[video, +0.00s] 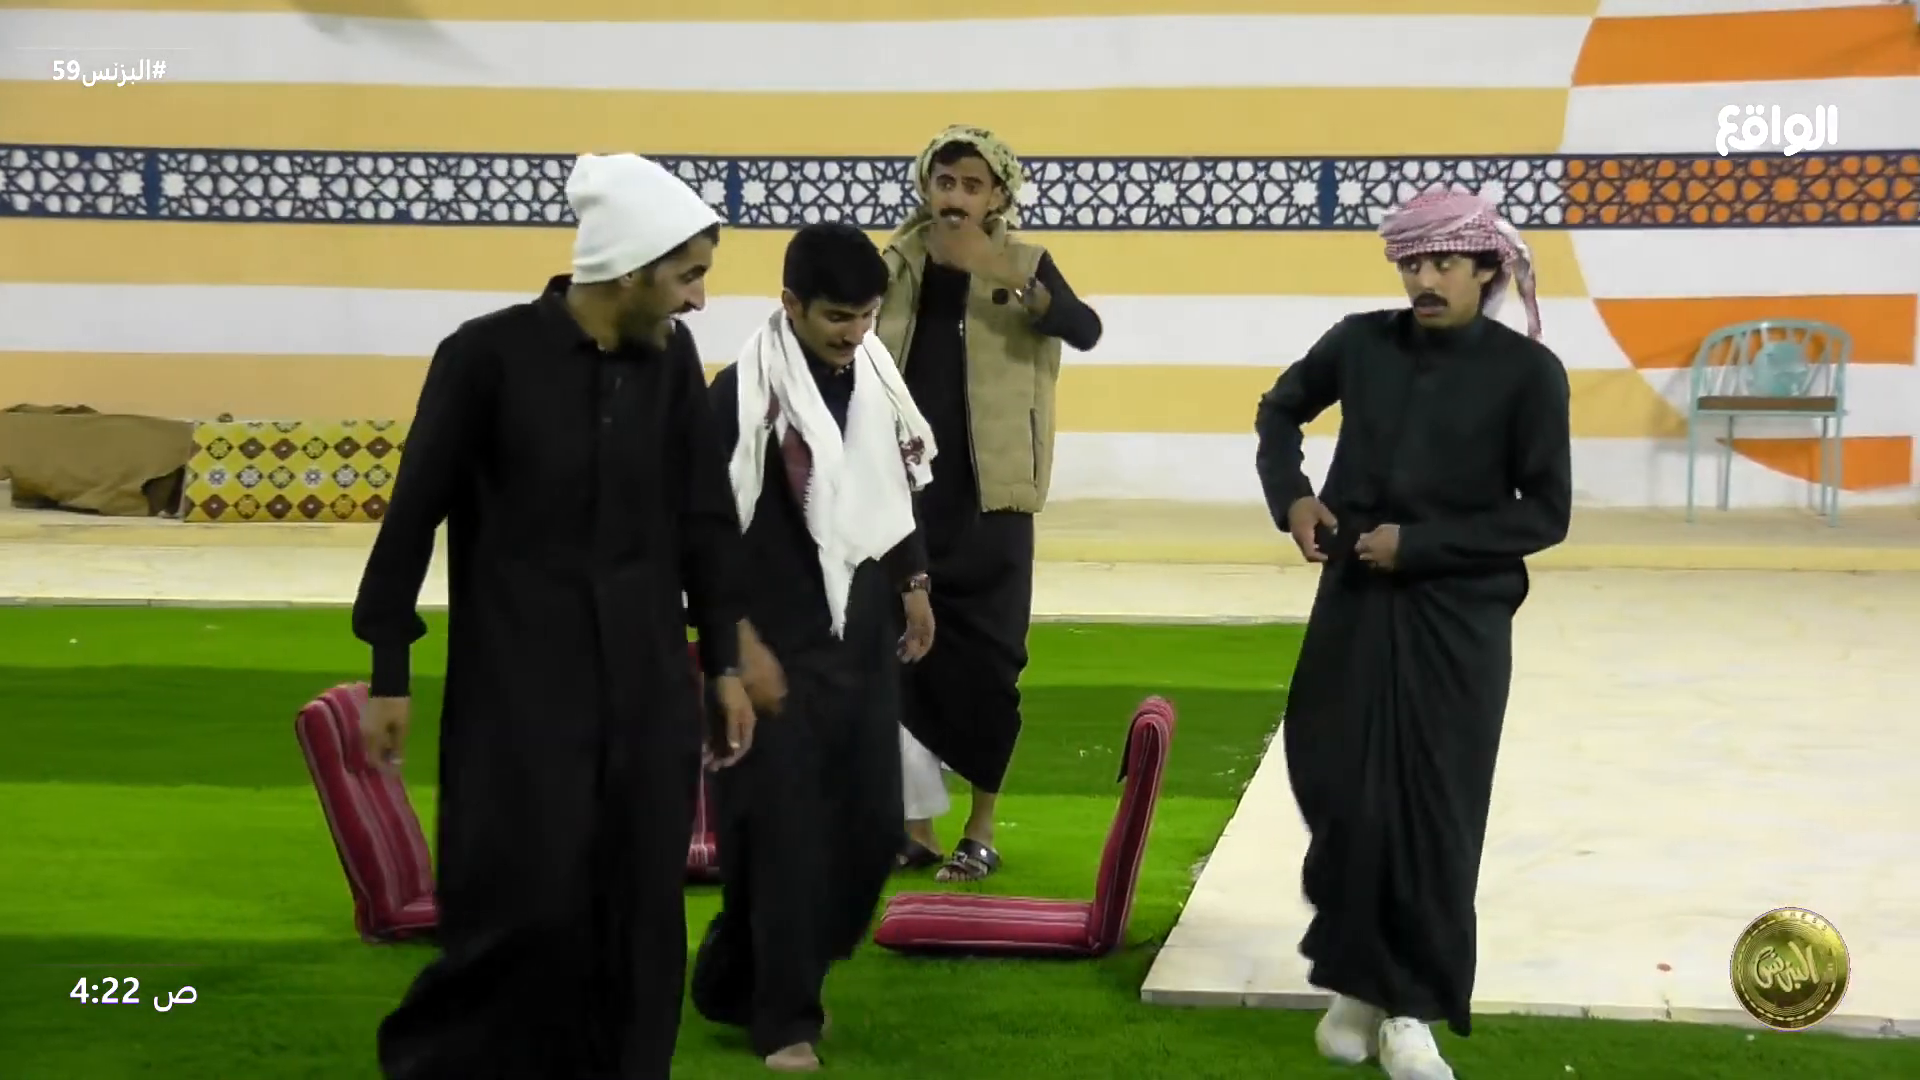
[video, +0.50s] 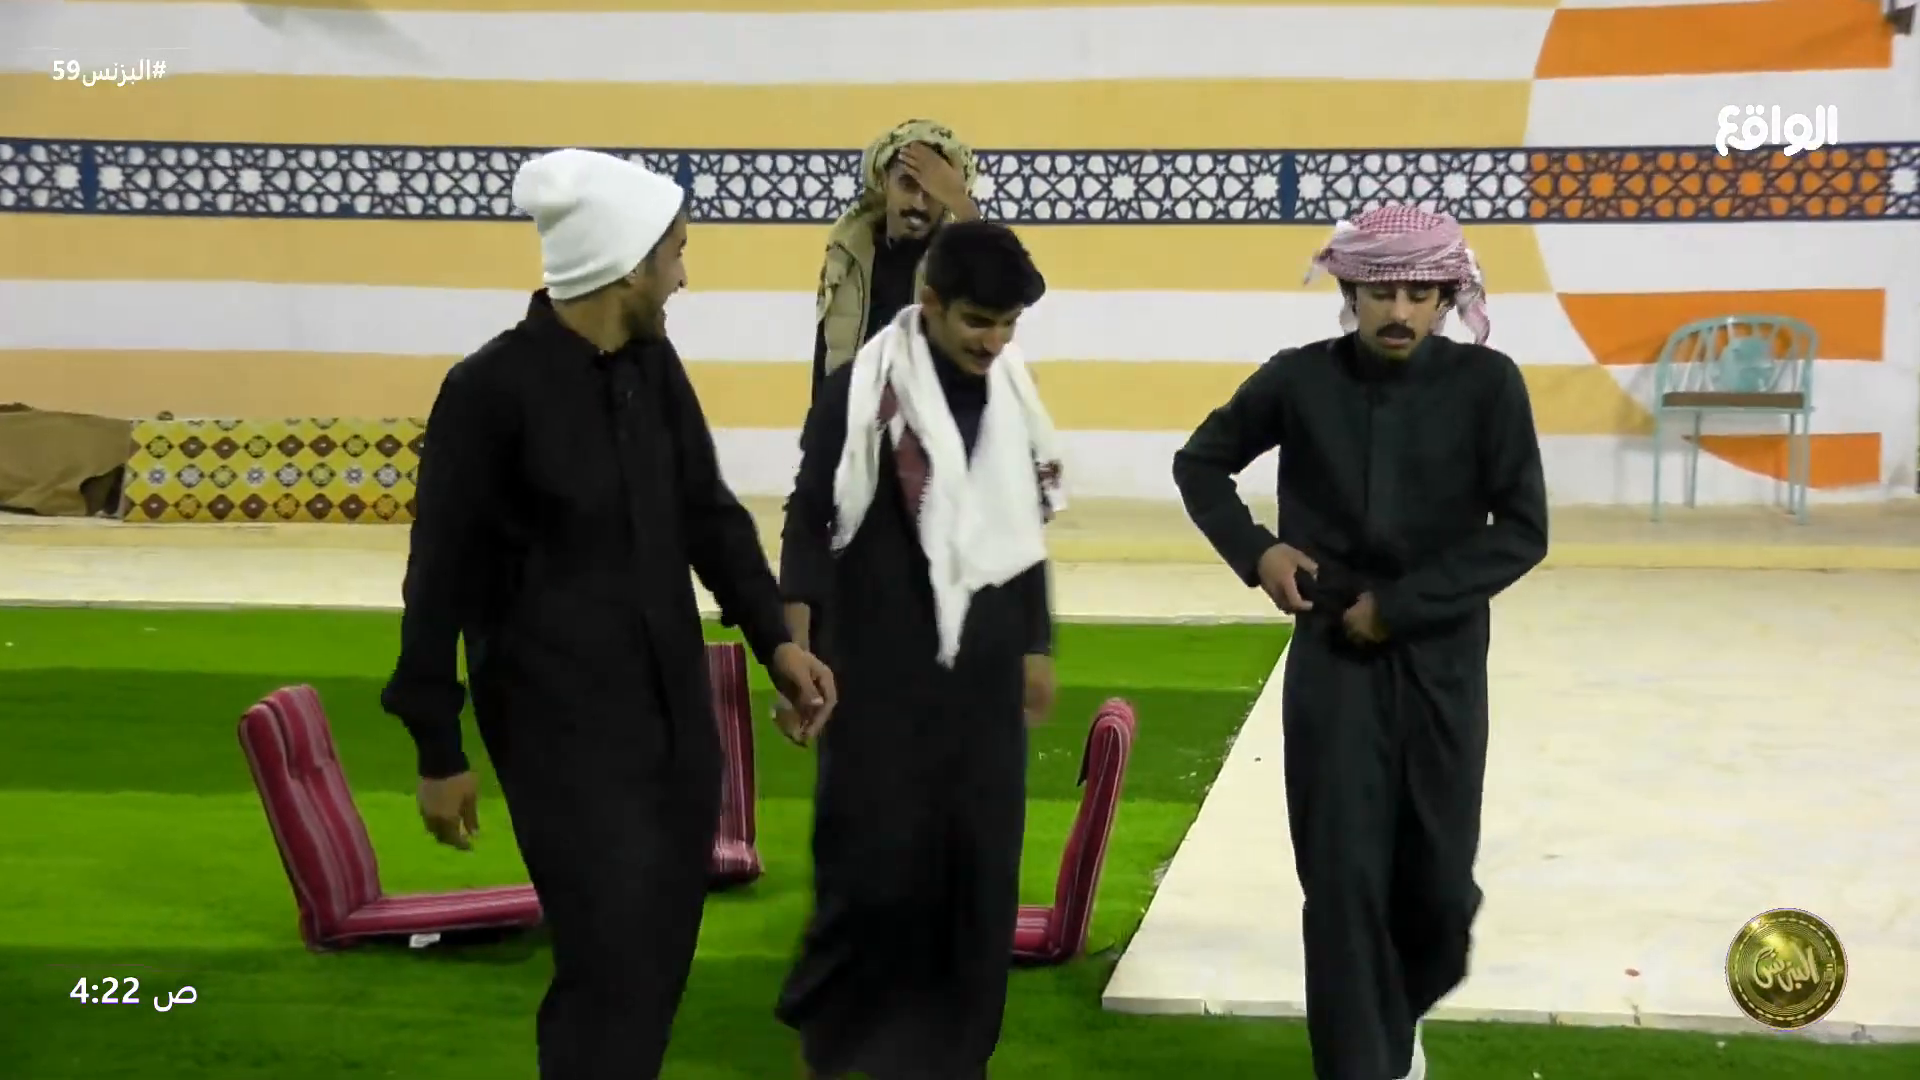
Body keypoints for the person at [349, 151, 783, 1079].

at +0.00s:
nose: (702, 289)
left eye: (705, 270)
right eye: (688, 271)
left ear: (635, 267)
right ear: (625, 268)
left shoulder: (670, 359)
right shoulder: (483, 358)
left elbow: (705, 519)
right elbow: (410, 519)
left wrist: (725, 662)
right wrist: (387, 677)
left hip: (644, 697)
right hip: (515, 698)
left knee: (637, 941)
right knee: (514, 934)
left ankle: (627, 1069)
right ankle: (432, 1057)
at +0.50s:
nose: (683, 276)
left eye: (681, 253)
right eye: (671, 254)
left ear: (615, 264)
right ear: (615, 263)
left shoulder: (651, 366)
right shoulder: (489, 390)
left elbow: (708, 511)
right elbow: (435, 579)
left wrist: (777, 638)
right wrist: (438, 752)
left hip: (673, 720)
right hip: (560, 731)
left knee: (660, 969)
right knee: (607, 974)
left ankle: (620, 1073)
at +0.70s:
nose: (663, 237)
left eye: (657, 218)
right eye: (651, 221)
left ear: (592, 247)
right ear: (610, 246)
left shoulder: (596, 363)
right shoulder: (495, 379)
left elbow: (643, 531)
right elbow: (471, 591)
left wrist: (746, 640)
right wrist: (510, 771)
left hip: (674, 734)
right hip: (580, 749)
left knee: (755, 946)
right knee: (592, 1009)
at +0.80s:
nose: (654, 237)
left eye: (650, 216)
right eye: (645, 218)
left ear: (582, 238)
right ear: (606, 237)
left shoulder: (573, 362)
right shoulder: (504, 372)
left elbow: (627, 554)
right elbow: (538, 590)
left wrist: (733, 646)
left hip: (650, 735)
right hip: (565, 767)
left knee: (787, 945)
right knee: (596, 1012)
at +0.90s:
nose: (661, 238)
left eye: (656, 214)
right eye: (651, 216)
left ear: (590, 240)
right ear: (608, 237)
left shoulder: (578, 363)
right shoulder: (517, 374)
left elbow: (639, 566)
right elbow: (581, 592)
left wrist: (742, 646)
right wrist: (731, 672)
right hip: (575, 805)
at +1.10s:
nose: (715, 254)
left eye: (710, 229)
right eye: (704, 228)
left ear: (639, 250)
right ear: (658, 245)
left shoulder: (655, 372)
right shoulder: (552, 387)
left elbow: (693, 546)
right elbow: (635, 592)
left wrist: (850, 603)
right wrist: (840, 605)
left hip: (691, 799)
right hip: (593, 817)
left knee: (736, 1030)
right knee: (598, 1042)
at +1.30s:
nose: (818, 268)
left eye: (816, 238)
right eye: (802, 239)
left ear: (738, 253)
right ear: (732, 250)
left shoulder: (787, 383)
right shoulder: (598, 394)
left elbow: (829, 567)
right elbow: (654, 617)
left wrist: (931, 610)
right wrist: (861, 660)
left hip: (799, 849)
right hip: (650, 857)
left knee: (803, 1059)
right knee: (654, 1059)